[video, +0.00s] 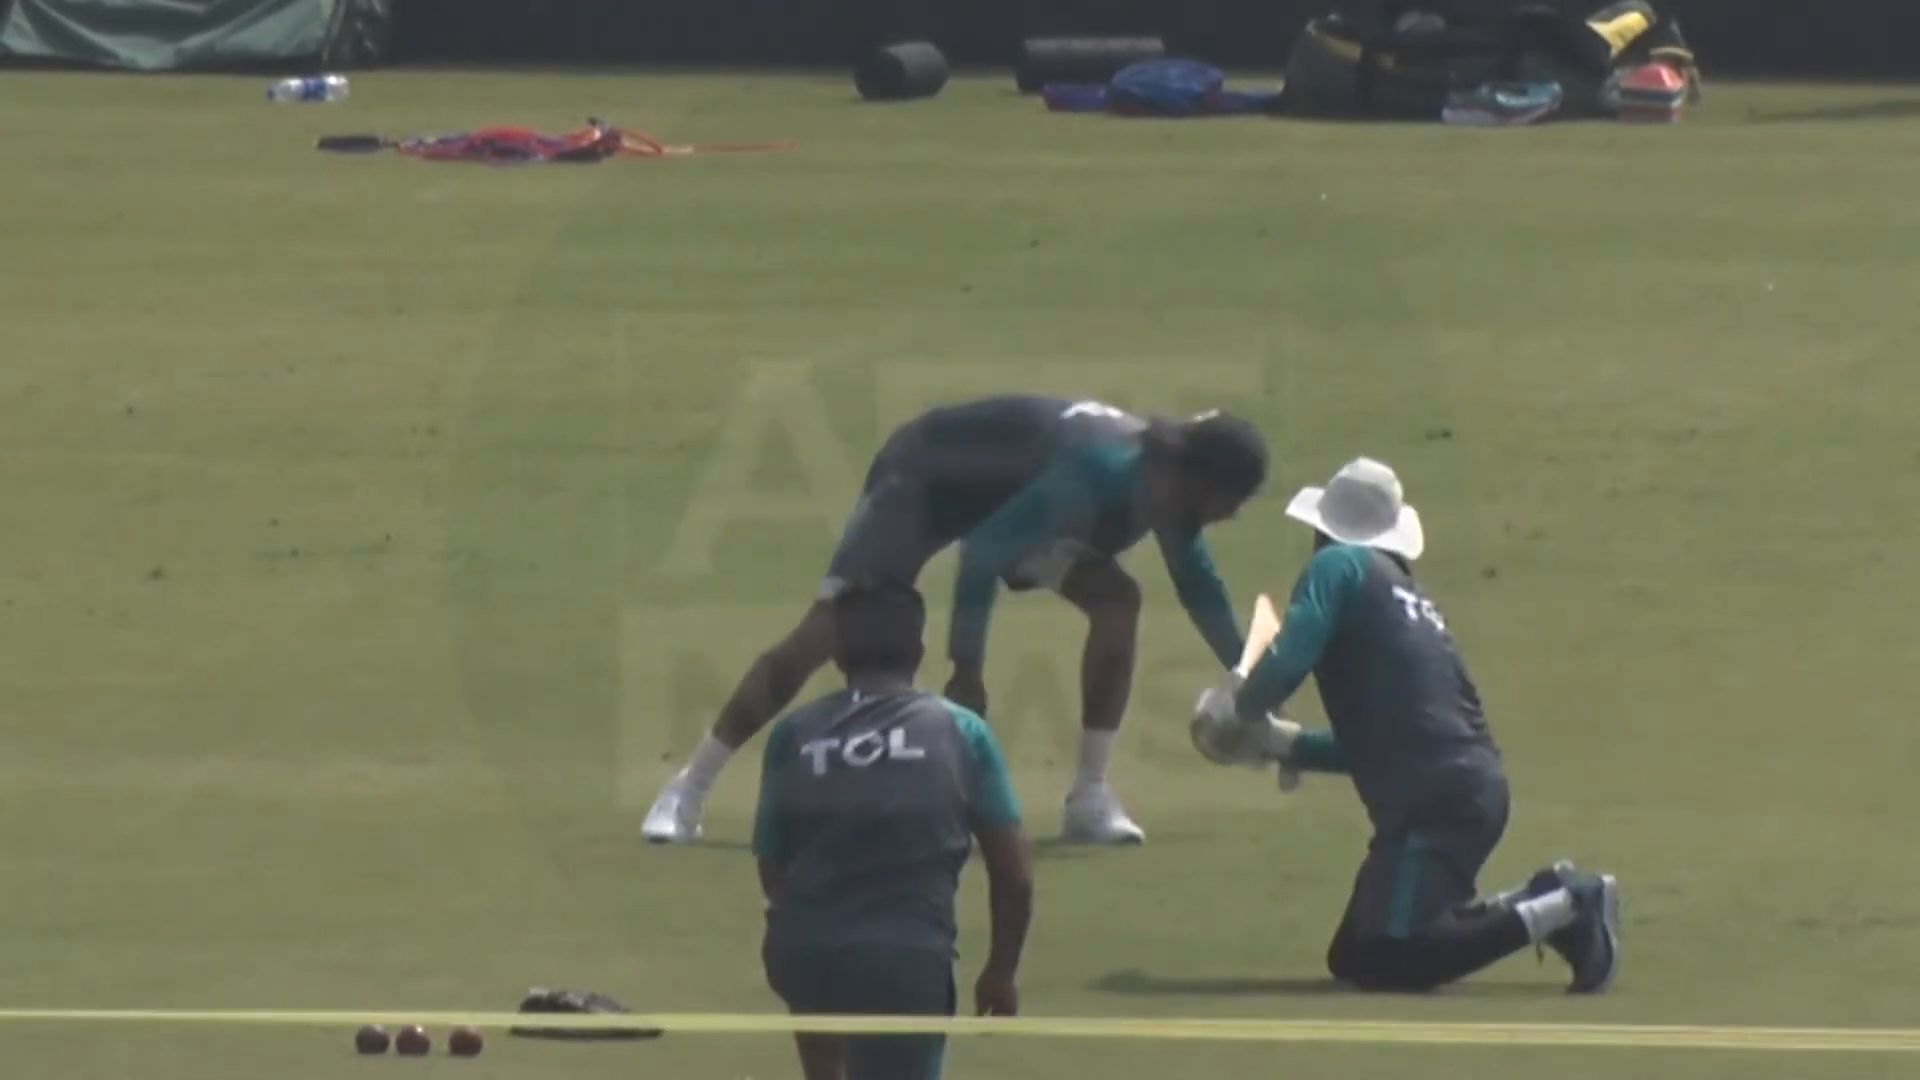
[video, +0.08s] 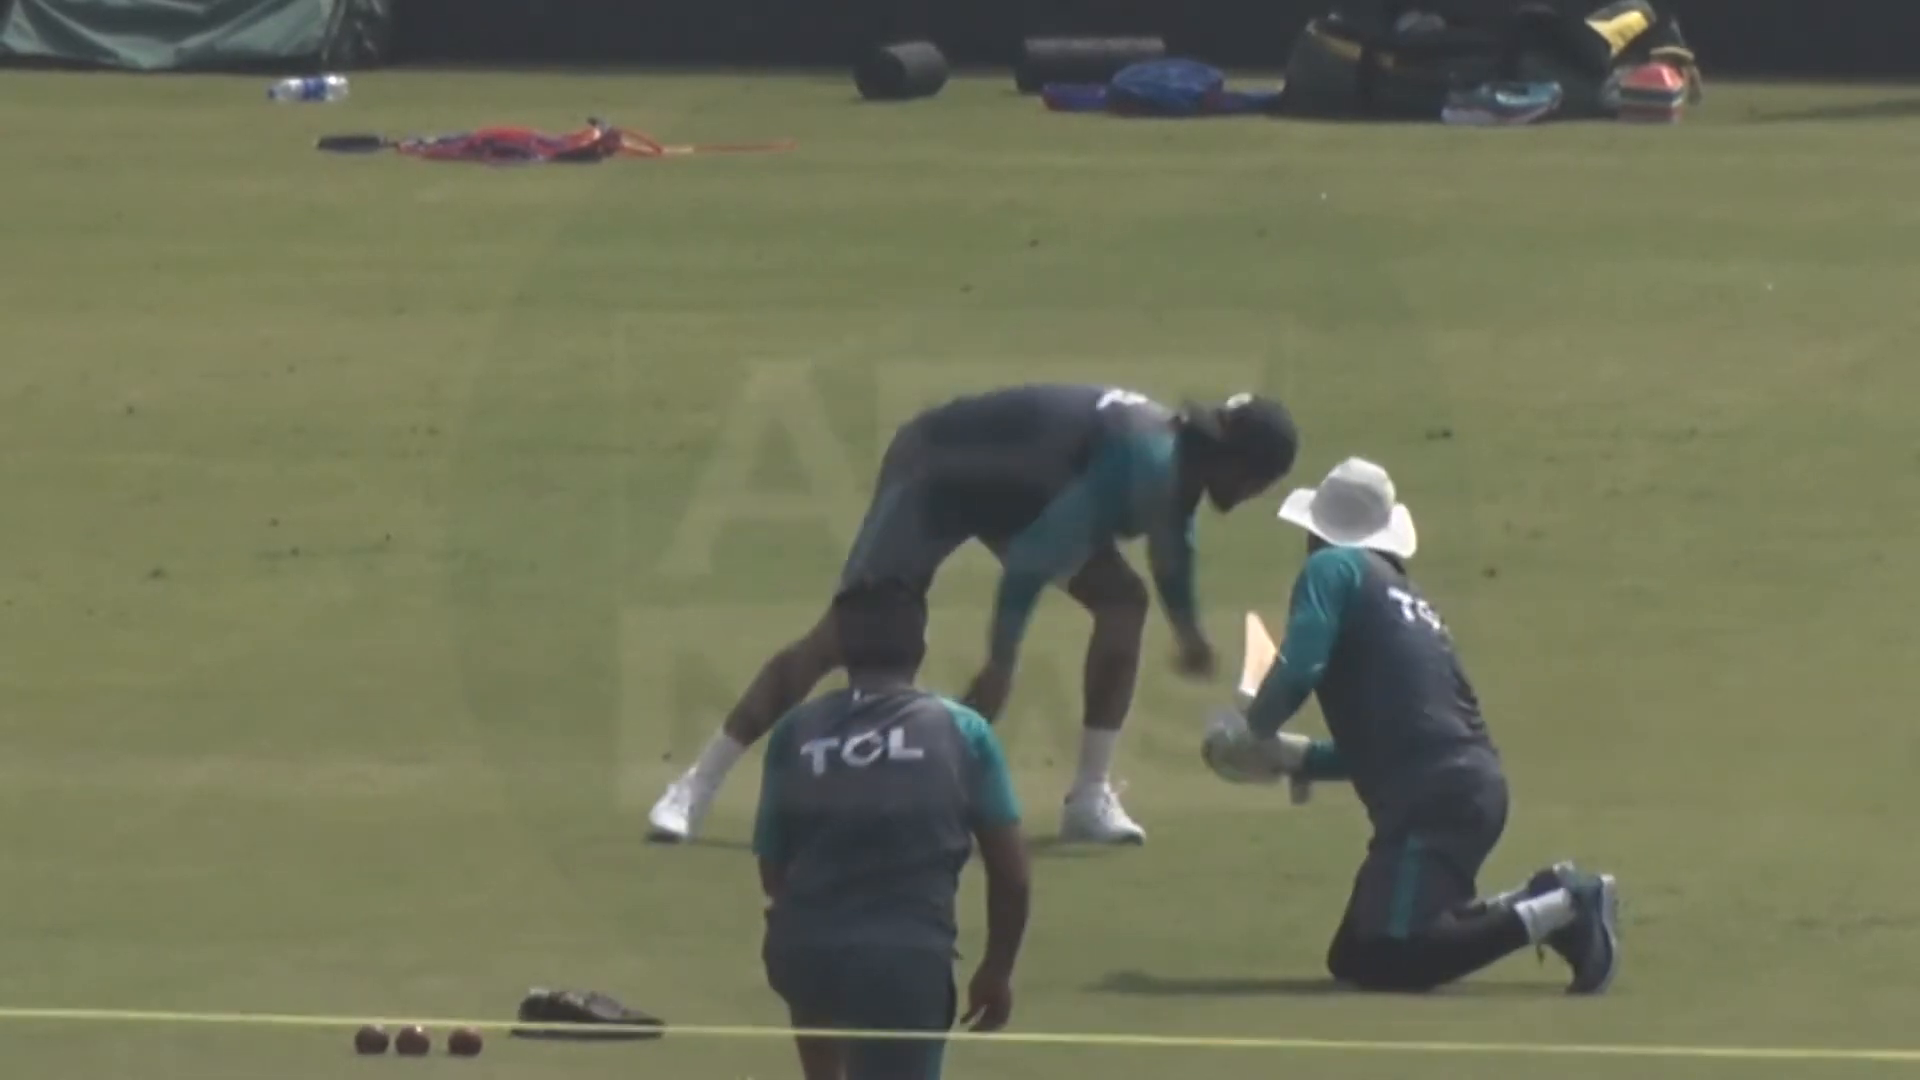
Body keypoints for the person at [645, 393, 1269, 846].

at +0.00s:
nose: (1208, 521)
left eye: (1218, 513)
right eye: (1207, 506)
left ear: (1197, 476)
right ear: (1181, 472)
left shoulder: (1166, 475)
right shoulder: (1094, 470)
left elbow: (1198, 580)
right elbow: (980, 561)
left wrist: (1249, 675)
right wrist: (967, 680)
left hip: (1012, 498)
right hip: (923, 474)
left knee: (1120, 599)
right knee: (826, 632)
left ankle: (1088, 797)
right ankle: (688, 790)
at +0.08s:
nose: (1253, 497)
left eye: (1260, 486)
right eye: (1254, 483)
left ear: (1232, 447)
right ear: (1233, 460)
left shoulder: (1179, 465)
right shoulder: (1133, 460)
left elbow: (1172, 549)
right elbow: (1026, 565)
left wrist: (1188, 630)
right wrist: (998, 669)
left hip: (1017, 489)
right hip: (933, 468)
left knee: (1126, 601)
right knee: (843, 636)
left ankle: (1091, 797)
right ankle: (696, 786)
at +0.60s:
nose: (1244, 298)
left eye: (1245, 284)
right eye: (1247, 285)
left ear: (1188, 248)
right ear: (1239, 280)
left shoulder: (1141, 285)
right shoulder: (1179, 307)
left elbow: (1037, 406)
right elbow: (1129, 427)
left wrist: (1004, 531)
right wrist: (1148, 549)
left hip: (1026, 445)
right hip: (972, 431)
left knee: (1101, 594)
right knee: (927, 616)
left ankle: (1088, 796)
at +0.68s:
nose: (1227, 282)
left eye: (1230, 268)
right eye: (1231, 268)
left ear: (1176, 235)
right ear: (1218, 263)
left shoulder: (1127, 279)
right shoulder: (1158, 289)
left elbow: (1039, 404)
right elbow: (1106, 412)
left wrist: (1023, 535)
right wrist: (1123, 534)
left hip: (1022, 439)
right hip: (959, 424)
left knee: (1091, 593)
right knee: (916, 611)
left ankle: (1088, 796)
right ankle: (751, 754)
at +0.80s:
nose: (1200, 260)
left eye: (1203, 246)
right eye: (1199, 245)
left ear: (1144, 225)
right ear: (1179, 240)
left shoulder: (1102, 269)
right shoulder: (1110, 279)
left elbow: (1045, 402)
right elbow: (1049, 402)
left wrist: (1062, 523)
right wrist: (1072, 525)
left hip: (999, 441)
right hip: (933, 431)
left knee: (1080, 594)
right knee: (895, 603)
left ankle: (1087, 794)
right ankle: (791, 741)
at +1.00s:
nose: (1127, 222)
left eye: (1128, 208)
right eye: (1116, 207)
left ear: (1083, 213)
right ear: (1071, 206)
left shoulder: (1064, 285)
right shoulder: (990, 267)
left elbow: (1024, 401)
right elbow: (921, 391)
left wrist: (1034, 496)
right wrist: (955, 508)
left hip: (980, 445)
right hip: (891, 439)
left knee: (1050, 599)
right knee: (858, 606)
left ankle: (1084, 795)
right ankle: (781, 772)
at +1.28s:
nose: (967, 213)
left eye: (979, 199)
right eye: (950, 199)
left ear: (993, 201)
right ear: (918, 198)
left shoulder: (1006, 268)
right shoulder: (864, 271)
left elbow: (1006, 381)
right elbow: (804, 388)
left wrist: (1018, 483)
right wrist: (839, 491)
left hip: (961, 456)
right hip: (861, 460)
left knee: (1041, 595)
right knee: (817, 612)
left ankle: (1085, 778)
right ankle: (800, 795)